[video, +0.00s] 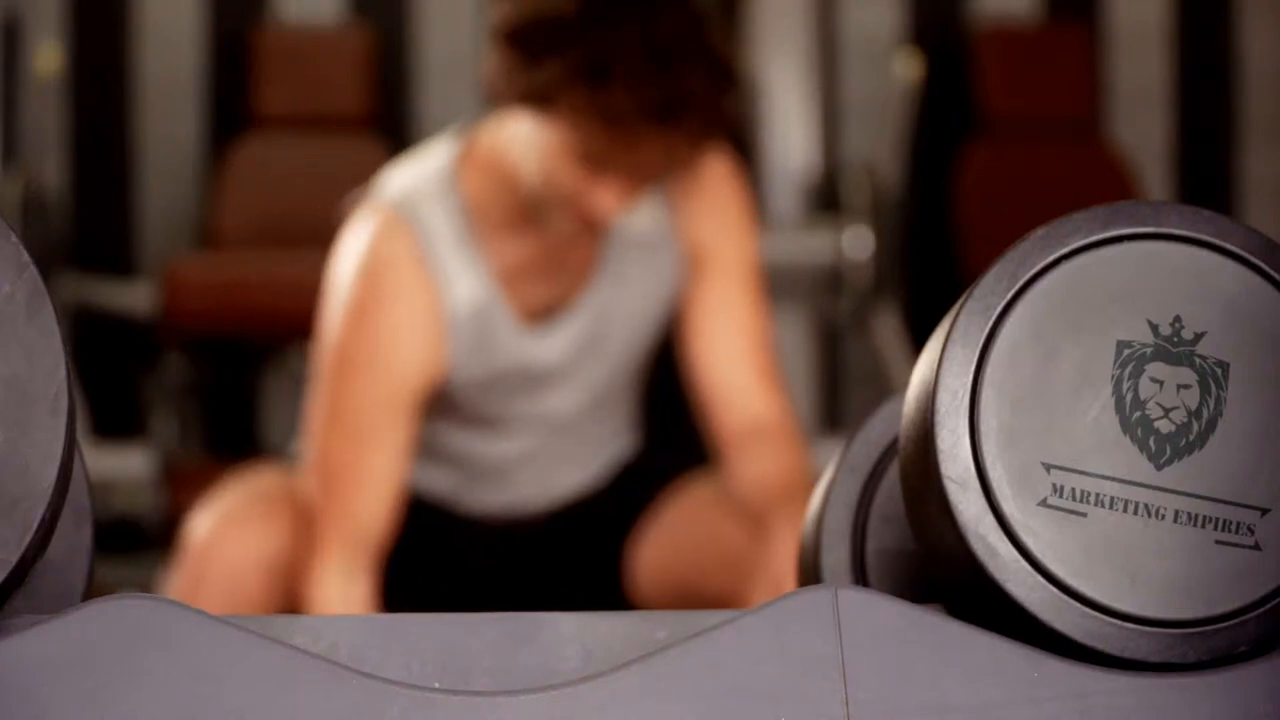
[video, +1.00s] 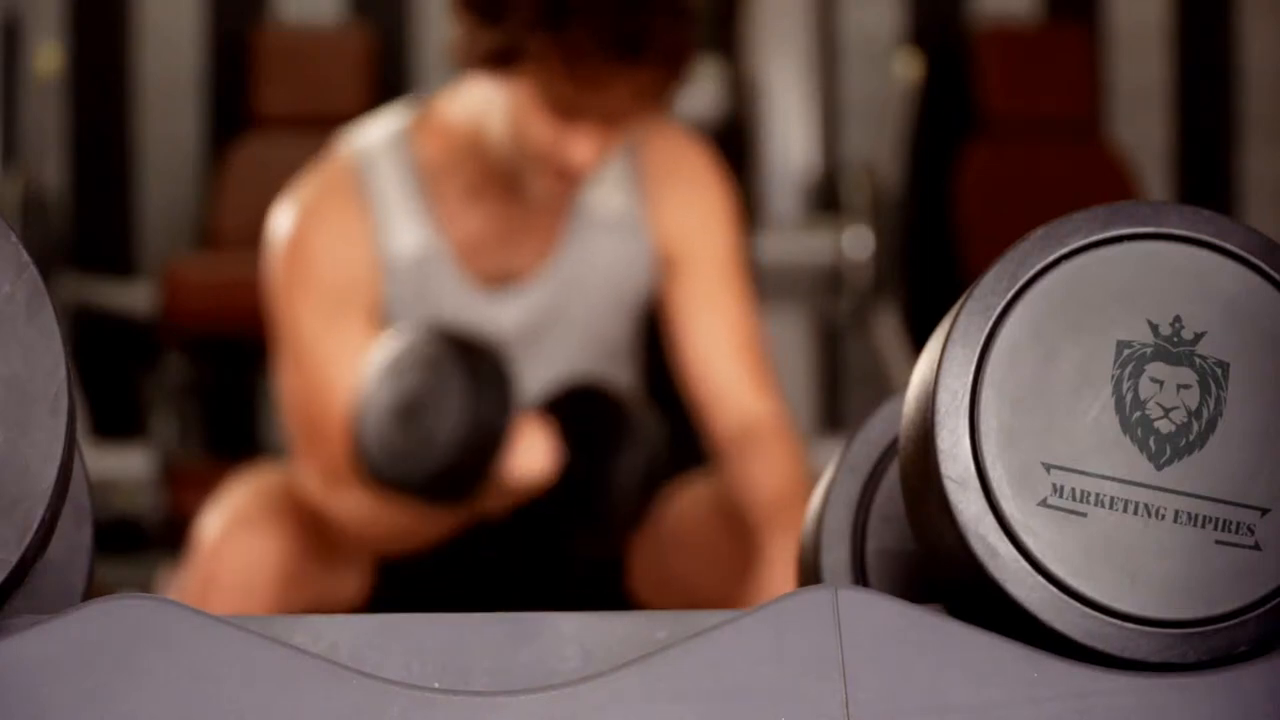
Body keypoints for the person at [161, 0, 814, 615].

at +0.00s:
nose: (614, 205)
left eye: (647, 175)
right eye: (593, 163)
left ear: (682, 146)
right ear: (529, 102)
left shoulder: (696, 179)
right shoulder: (397, 242)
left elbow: (755, 430)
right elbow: (345, 556)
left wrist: (805, 577)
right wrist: (351, 719)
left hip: (602, 522)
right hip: (417, 531)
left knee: (792, 543)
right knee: (234, 532)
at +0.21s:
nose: (614, 196)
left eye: (647, 164)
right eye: (593, 154)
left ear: (683, 132)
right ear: (529, 94)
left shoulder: (697, 173)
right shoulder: (398, 235)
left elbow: (754, 430)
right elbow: (336, 543)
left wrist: (794, 573)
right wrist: (392, 709)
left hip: (601, 521)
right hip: (418, 531)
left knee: (794, 540)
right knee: (225, 531)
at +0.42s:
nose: (613, 176)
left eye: (646, 145)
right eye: (592, 135)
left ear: (677, 114)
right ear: (528, 76)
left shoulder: (696, 170)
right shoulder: (395, 219)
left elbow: (753, 429)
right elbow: (336, 522)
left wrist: (791, 573)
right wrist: (441, 689)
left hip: (599, 522)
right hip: (418, 531)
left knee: (793, 538)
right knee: (236, 528)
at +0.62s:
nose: (607, 158)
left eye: (639, 128)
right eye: (586, 117)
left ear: (675, 106)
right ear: (524, 57)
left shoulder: (695, 170)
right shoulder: (385, 205)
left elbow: (755, 426)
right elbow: (338, 496)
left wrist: (787, 574)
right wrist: (479, 598)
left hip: (602, 526)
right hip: (419, 532)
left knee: (799, 525)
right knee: (245, 528)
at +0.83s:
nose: (602, 151)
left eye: (633, 119)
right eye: (579, 110)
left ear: (670, 92)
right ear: (512, 50)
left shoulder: (682, 169)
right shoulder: (353, 207)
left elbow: (754, 424)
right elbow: (354, 488)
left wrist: (793, 556)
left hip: (594, 536)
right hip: (411, 541)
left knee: (790, 523)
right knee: (251, 520)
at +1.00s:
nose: (588, 153)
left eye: (618, 121)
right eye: (566, 112)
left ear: (652, 93)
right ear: (500, 58)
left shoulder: (670, 170)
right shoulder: (333, 208)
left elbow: (748, 421)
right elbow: (342, 500)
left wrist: (788, 576)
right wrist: (497, 479)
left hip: (598, 525)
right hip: (403, 534)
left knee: (782, 531)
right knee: (248, 534)